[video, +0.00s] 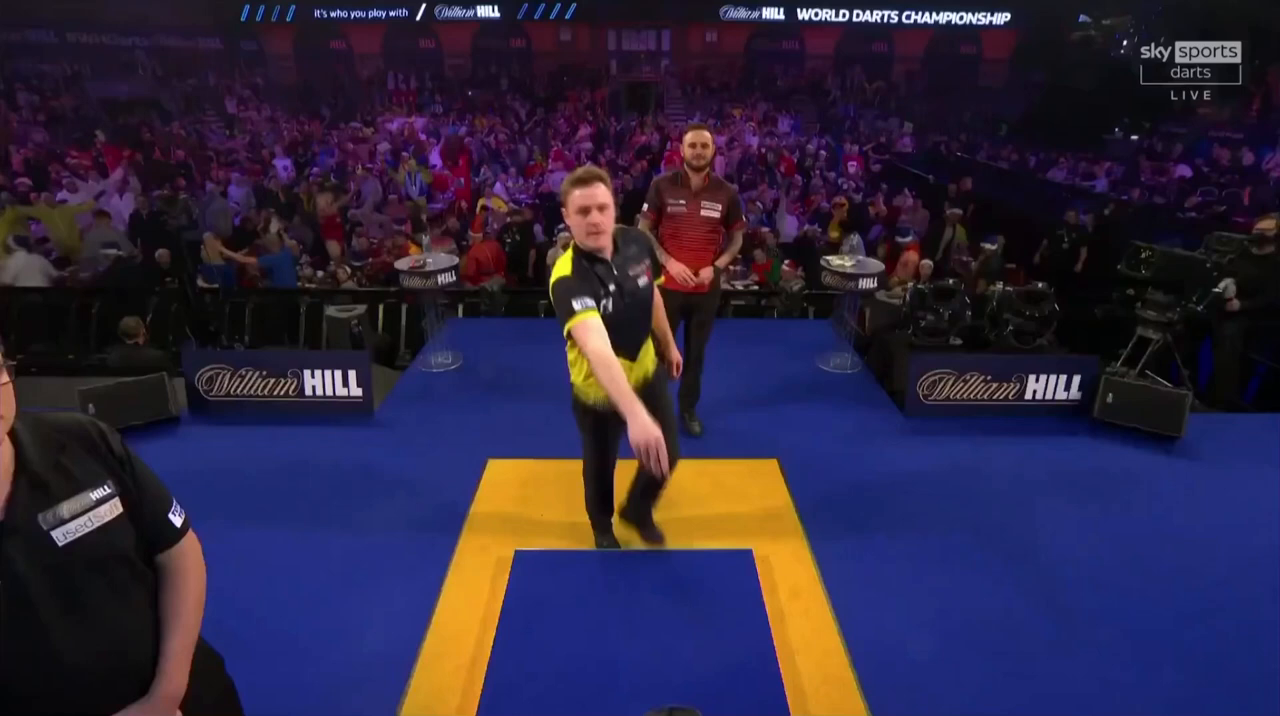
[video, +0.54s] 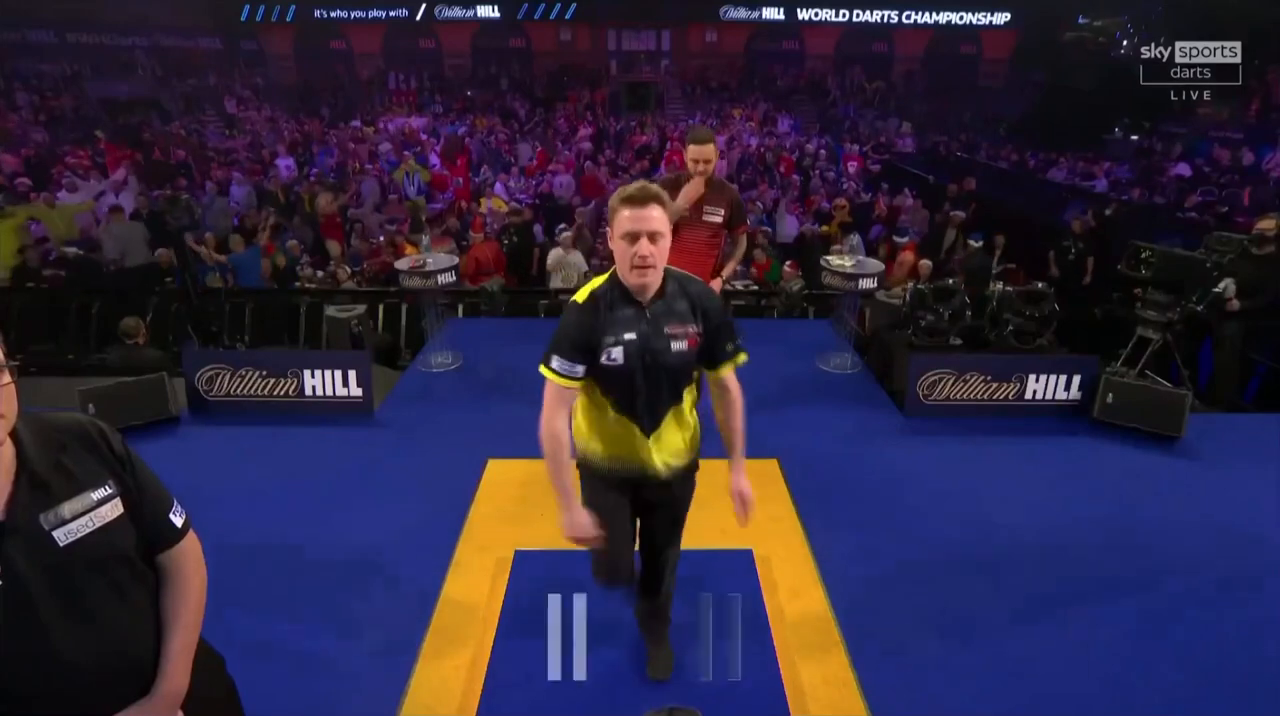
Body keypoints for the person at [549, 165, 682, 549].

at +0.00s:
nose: (594, 220)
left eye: (602, 209)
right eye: (583, 212)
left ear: (614, 209)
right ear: (567, 218)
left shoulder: (637, 243)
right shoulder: (568, 276)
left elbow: (650, 294)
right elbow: (596, 349)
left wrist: (668, 344)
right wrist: (635, 414)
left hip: (644, 366)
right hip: (598, 380)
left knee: (666, 452)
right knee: (601, 461)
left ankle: (637, 509)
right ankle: (603, 527)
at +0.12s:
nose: (606, 230)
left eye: (614, 218)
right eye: (594, 221)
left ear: (627, 218)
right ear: (576, 226)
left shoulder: (645, 249)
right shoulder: (573, 286)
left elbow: (657, 300)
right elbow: (603, 377)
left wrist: (667, 348)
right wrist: (643, 454)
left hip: (649, 380)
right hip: (596, 393)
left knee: (662, 476)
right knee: (600, 468)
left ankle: (650, 568)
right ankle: (604, 530)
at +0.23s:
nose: (620, 242)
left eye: (629, 230)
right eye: (608, 232)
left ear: (642, 233)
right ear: (589, 237)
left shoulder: (661, 269)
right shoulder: (580, 298)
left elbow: (671, 314)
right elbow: (603, 397)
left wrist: (675, 364)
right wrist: (640, 482)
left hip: (655, 407)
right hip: (601, 415)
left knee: (656, 514)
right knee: (602, 475)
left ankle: (660, 624)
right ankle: (604, 528)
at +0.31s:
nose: (631, 247)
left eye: (640, 236)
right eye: (619, 236)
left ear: (654, 240)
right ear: (600, 242)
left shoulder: (671, 281)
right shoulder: (586, 306)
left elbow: (682, 328)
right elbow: (594, 417)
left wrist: (685, 382)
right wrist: (633, 502)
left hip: (660, 428)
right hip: (606, 432)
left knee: (656, 532)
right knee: (603, 489)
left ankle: (657, 629)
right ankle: (604, 527)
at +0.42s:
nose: (643, 253)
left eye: (654, 241)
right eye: (631, 241)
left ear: (668, 245)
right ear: (611, 246)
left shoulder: (690, 296)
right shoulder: (589, 312)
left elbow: (705, 358)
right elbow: (569, 420)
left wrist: (709, 422)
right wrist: (605, 509)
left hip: (670, 438)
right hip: (611, 442)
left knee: (661, 546)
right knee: (612, 532)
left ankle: (656, 634)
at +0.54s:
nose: (643, 250)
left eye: (654, 237)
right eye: (630, 238)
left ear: (670, 241)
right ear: (610, 244)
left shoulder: (700, 301)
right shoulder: (588, 310)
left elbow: (725, 385)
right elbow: (554, 413)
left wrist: (738, 468)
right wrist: (569, 504)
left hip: (672, 457)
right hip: (605, 458)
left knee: (660, 567)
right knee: (614, 571)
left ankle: (656, 631)